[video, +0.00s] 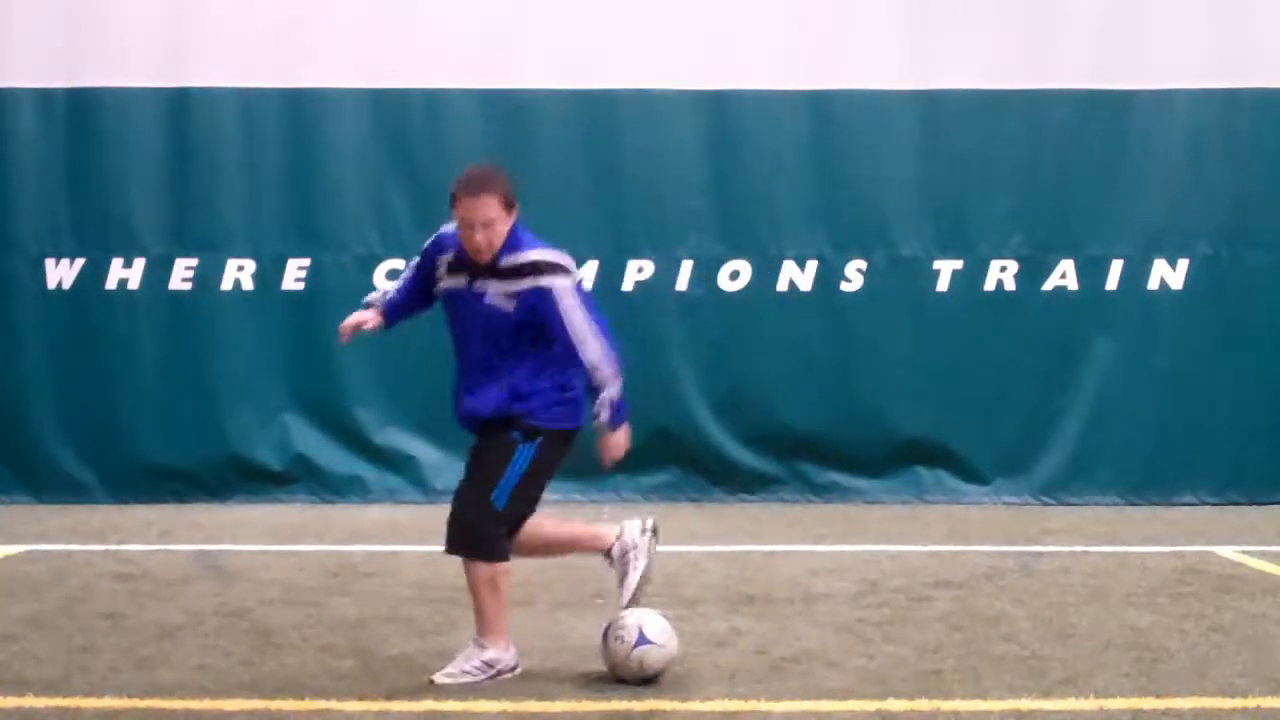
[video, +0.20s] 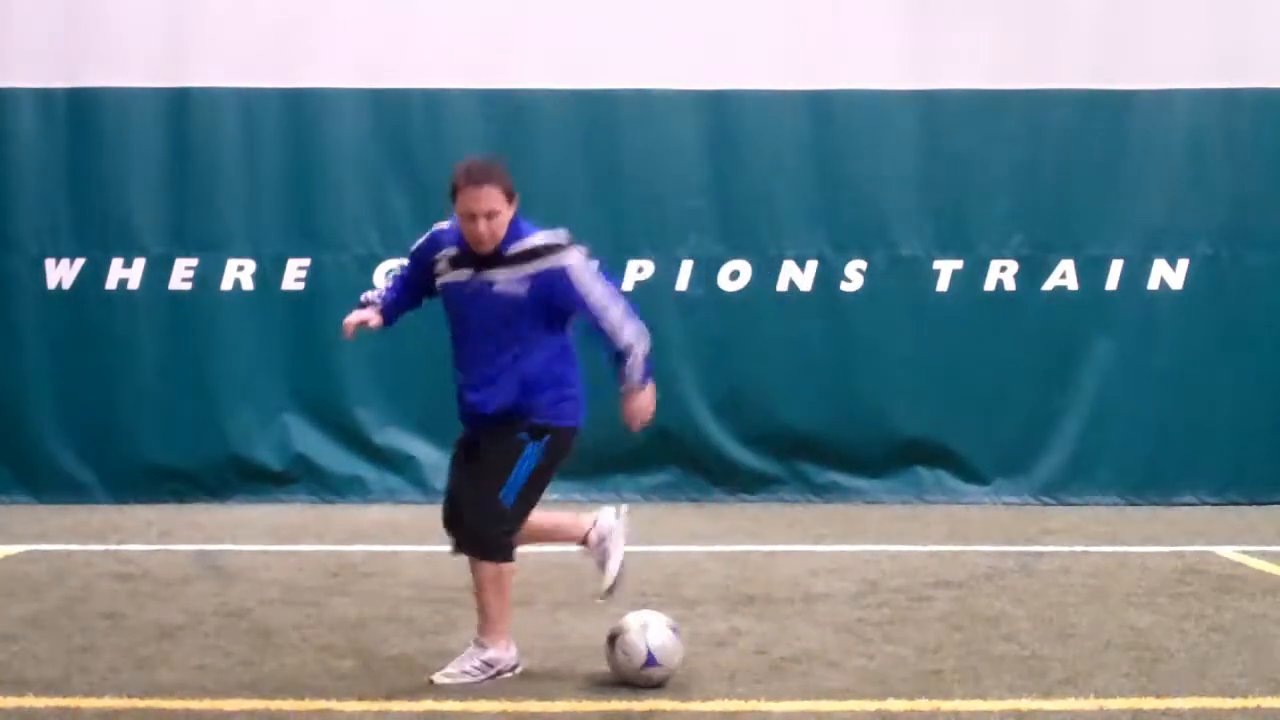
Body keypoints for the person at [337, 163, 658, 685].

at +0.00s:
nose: (476, 238)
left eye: (487, 225)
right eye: (467, 226)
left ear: (511, 216)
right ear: (454, 219)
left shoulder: (544, 268)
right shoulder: (446, 250)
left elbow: (591, 342)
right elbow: (418, 287)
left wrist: (612, 416)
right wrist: (382, 313)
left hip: (542, 416)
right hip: (494, 415)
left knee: (476, 523)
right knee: (495, 530)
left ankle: (495, 650)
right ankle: (617, 541)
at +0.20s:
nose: (481, 229)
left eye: (491, 216)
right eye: (470, 217)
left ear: (512, 207)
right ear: (455, 211)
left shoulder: (551, 255)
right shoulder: (442, 246)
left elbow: (616, 314)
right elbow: (411, 280)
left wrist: (637, 379)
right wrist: (380, 308)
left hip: (542, 415)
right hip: (483, 415)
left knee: (486, 522)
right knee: (462, 522)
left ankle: (496, 649)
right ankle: (591, 529)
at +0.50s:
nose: (539, 209)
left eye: (548, 196)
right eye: (528, 198)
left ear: (563, 194)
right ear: (506, 199)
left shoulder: (597, 245)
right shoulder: (480, 249)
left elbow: (639, 309)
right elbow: (447, 306)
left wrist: (662, 369)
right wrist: (425, 359)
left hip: (590, 399)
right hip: (514, 407)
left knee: (632, 483)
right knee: (486, 522)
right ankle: (496, 630)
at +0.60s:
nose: (574, 176)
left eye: (583, 164)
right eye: (563, 166)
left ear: (599, 162)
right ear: (543, 166)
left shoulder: (631, 210)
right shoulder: (517, 214)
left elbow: (675, 278)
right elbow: (478, 269)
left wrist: (688, 335)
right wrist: (458, 318)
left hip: (619, 380)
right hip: (542, 388)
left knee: (681, 466)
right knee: (518, 509)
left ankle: (749, 576)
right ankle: (501, 621)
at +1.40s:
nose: (808, 242)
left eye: (818, 230)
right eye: (797, 229)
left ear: (832, 225)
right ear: (775, 223)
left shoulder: (844, 265)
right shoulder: (742, 272)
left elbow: (876, 311)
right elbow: (689, 339)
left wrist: (893, 346)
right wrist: (650, 413)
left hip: (801, 424)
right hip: (742, 422)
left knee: (820, 534)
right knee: (836, 521)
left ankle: (707, 557)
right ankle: (813, 653)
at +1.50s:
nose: (796, 211)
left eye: (807, 199)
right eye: (784, 198)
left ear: (820, 196)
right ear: (763, 191)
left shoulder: (835, 238)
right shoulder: (722, 233)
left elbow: (870, 287)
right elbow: (654, 289)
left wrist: (899, 329)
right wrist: (622, 354)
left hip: (785, 396)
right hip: (722, 395)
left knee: (824, 504)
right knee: (784, 507)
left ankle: (726, 585)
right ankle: (808, 647)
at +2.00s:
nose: (620, 180)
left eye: (631, 168)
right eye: (609, 170)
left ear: (651, 168)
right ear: (593, 173)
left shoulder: (685, 215)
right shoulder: (569, 225)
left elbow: (723, 271)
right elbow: (525, 279)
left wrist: (732, 328)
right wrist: (510, 318)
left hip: (672, 373)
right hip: (599, 389)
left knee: (705, 443)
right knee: (576, 516)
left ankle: (706, 561)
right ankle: (574, 624)